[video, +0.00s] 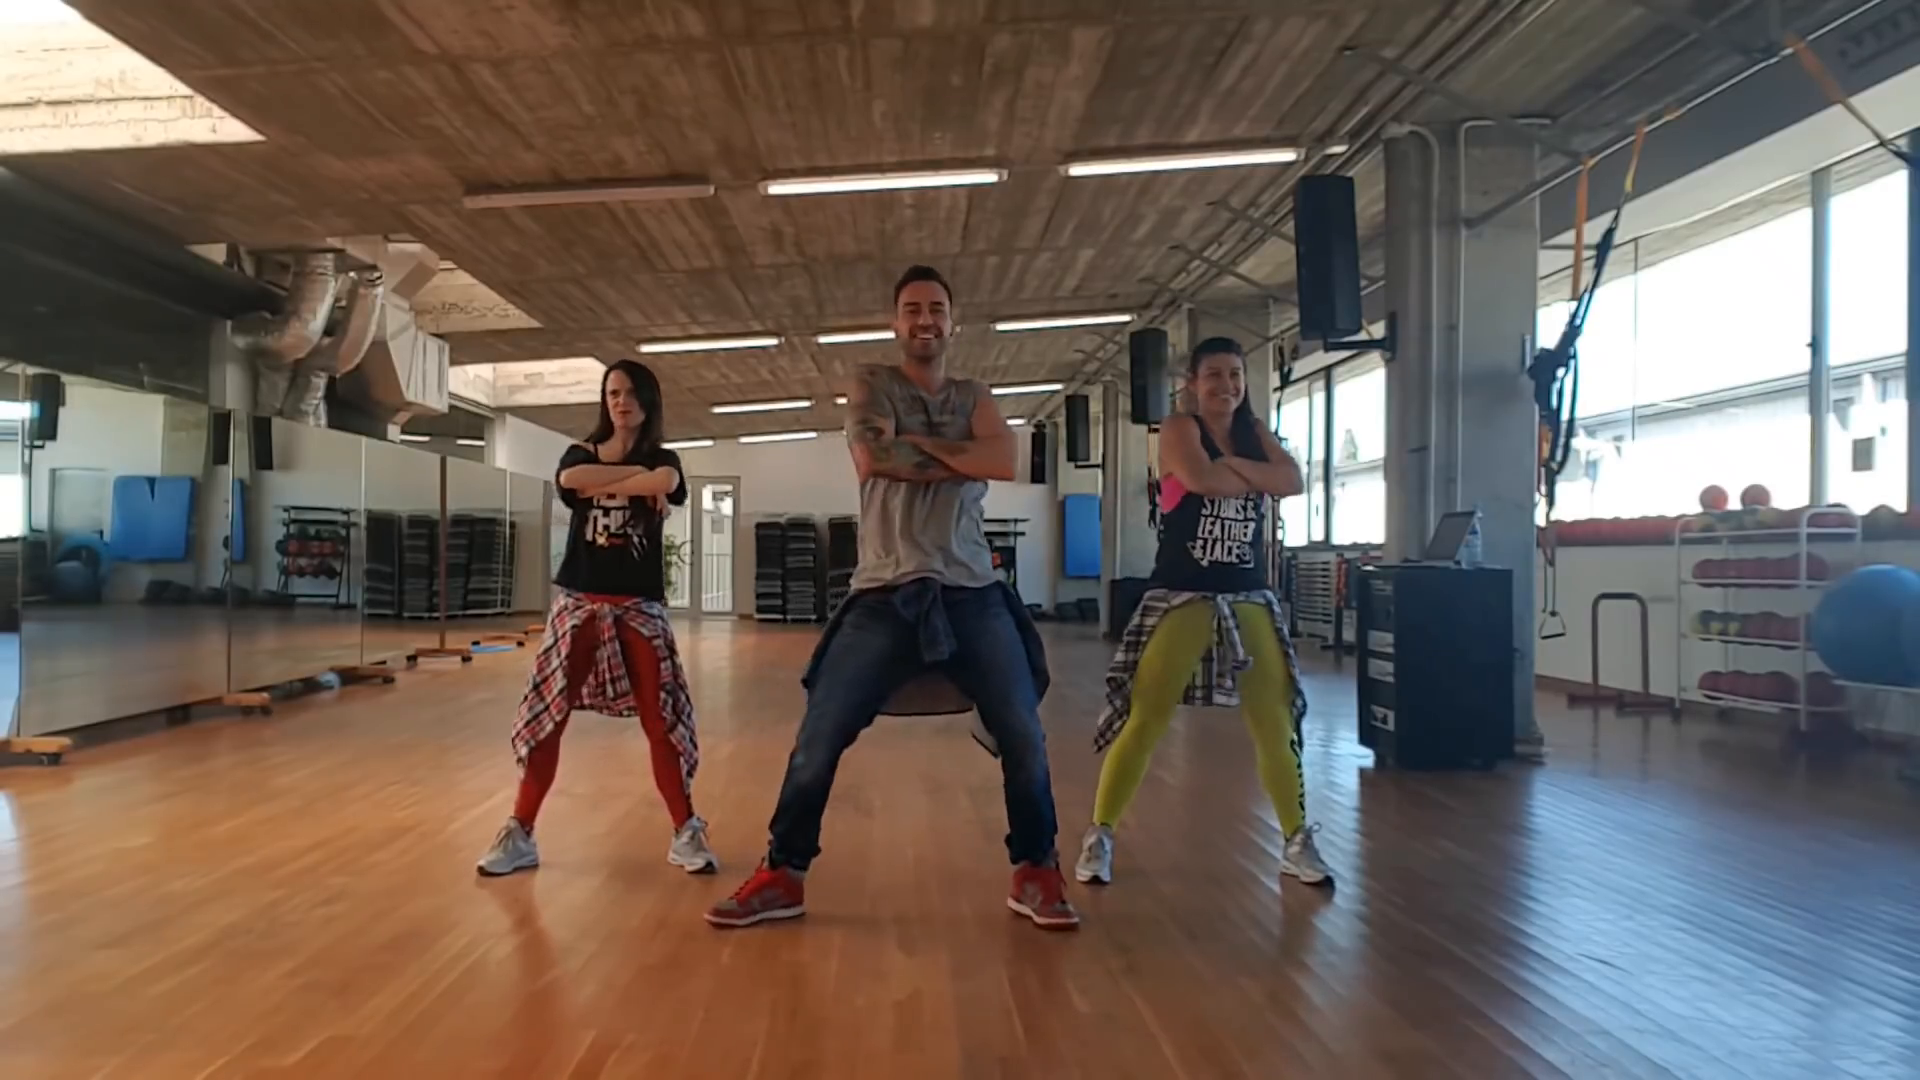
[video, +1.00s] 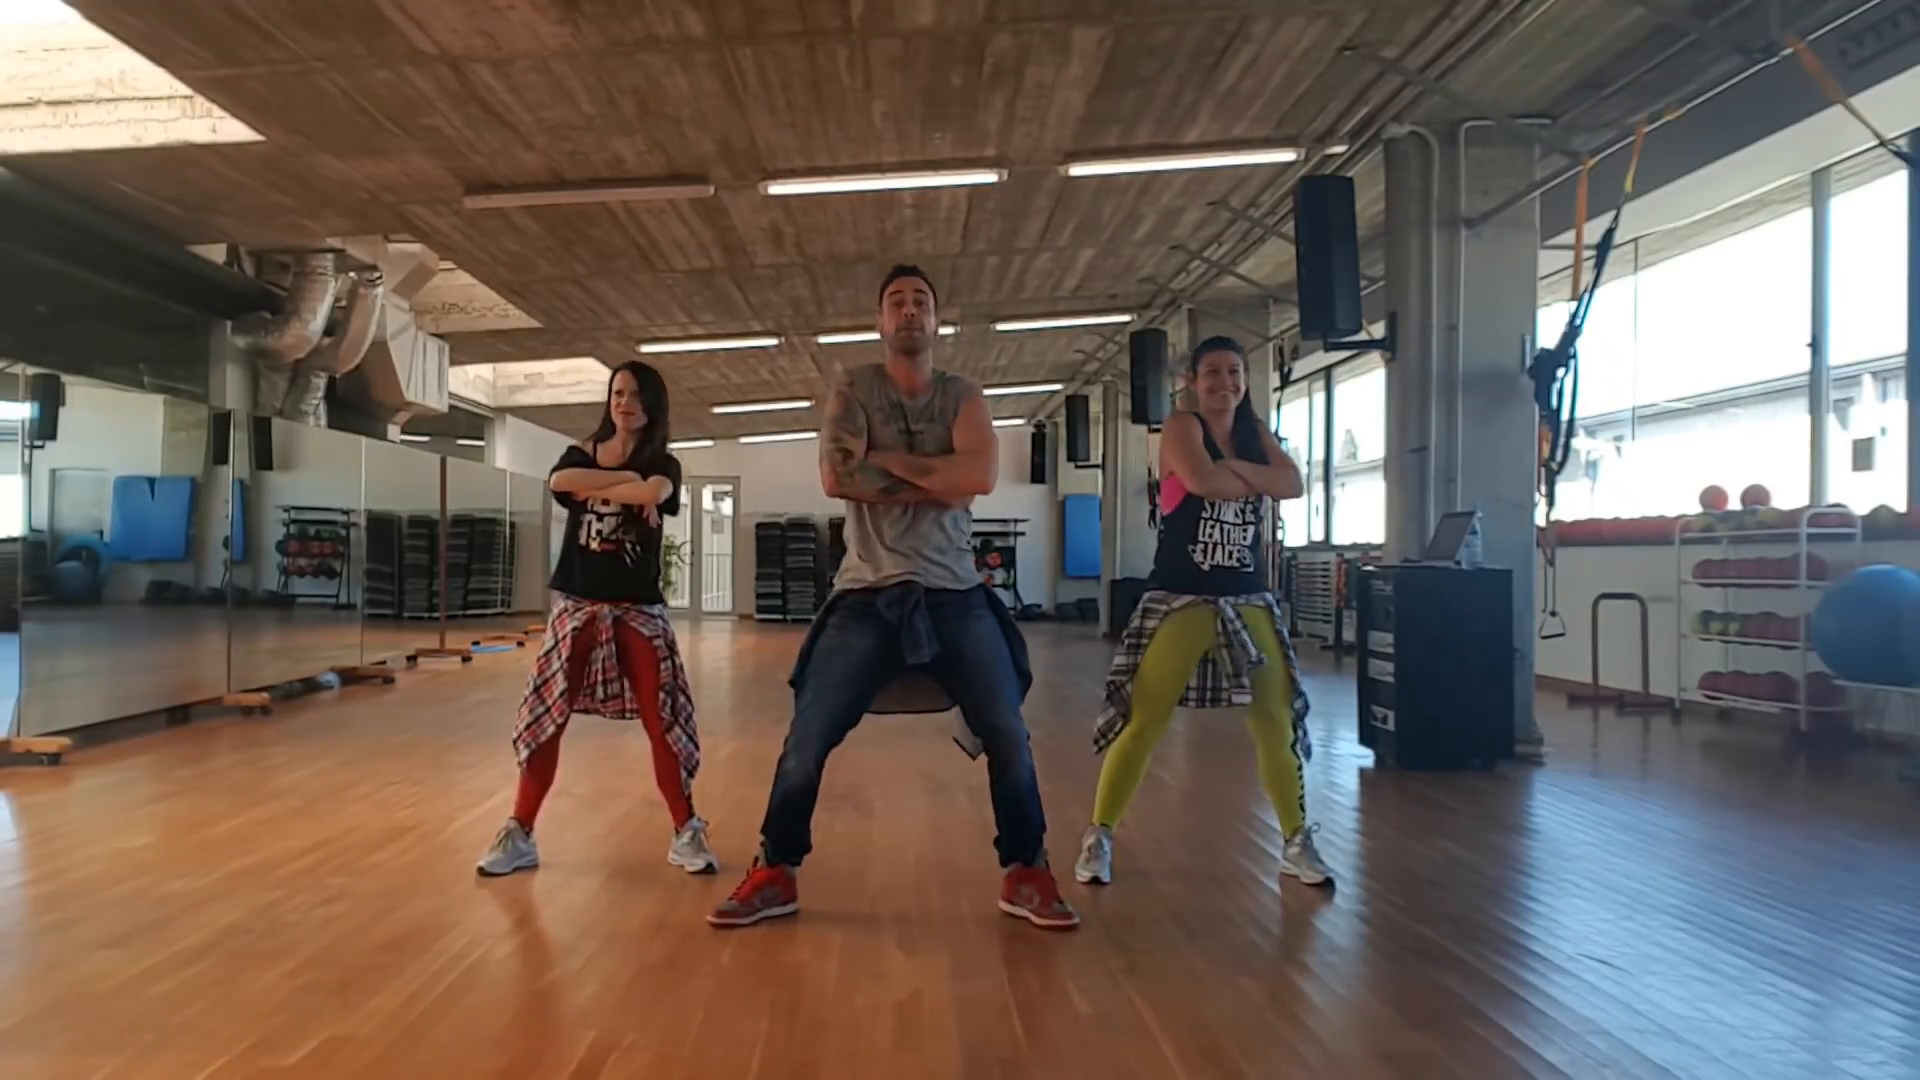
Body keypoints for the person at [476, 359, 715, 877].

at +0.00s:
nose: (619, 402)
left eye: (628, 393)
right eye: (613, 394)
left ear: (648, 401)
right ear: (604, 401)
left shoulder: (663, 462)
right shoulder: (583, 452)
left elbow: (662, 485)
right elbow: (569, 481)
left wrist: (597, 483)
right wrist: (639, 478)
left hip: (639, 603)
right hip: (578, 600)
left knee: (659, 719)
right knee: (548, 713)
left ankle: (686, 831)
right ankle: (520, 834)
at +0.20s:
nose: (615, 402)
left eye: (624, 394)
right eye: (610, 394)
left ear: (645, 402)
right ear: (601, 402)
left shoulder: (659, 462)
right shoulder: (578, 453)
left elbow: (649, 486)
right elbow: (561, 482)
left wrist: (588, 484)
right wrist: (634, 480)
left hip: (635, 601)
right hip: (574, 598)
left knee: (658, 717)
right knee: (545, 712)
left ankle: (686, 831)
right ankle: (519, 834)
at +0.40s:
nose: (589, 401)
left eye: (598, 393)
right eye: (582, 393)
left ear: (617, 401)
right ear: (572, 402)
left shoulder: (639, 454)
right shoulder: (560, 454)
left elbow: (634, 482)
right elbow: (541, 478)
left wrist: (573, 481)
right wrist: (612, 475)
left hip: (634, 599)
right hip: (572, 599)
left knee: (659, 716)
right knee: (544, 710)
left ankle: (686, 830)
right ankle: (518, 833)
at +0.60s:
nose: (578, 402)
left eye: (587, 394)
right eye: (571, 394)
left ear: (607, 402)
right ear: (560, 404)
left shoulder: (632, 455)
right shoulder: (550, 464)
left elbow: (626, 483)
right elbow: (536, 487)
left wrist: (569, 489)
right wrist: (604, 475)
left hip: (634, 602)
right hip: (572, 606)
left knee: (659, 720)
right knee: (547, 716)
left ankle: (687, 830)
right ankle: (519, 834)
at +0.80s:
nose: (604, 400)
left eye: (613, 392)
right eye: (595, 392)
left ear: (631, 400)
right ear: (584, 401)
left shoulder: (648, 454)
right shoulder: (569, 449)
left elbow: (638, 480)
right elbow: (548, 476)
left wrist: (578, 482)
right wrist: (616, 469)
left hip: (635, 601)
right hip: (573, 599)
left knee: (659, 718)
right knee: (544, 712)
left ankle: (687, 831)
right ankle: (519, 834)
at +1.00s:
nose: (624, 403)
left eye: (633, 395)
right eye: (617, 394)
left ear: (652, 404)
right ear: (608, 400)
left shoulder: (663, 463)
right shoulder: (584, 451)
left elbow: (651, 495)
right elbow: (559, 482)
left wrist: (589, 488)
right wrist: (633, 479)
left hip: (639, 605)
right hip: (576, 602)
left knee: (661, 719)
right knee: (547, 714)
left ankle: (687, 831)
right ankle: (520, 834)